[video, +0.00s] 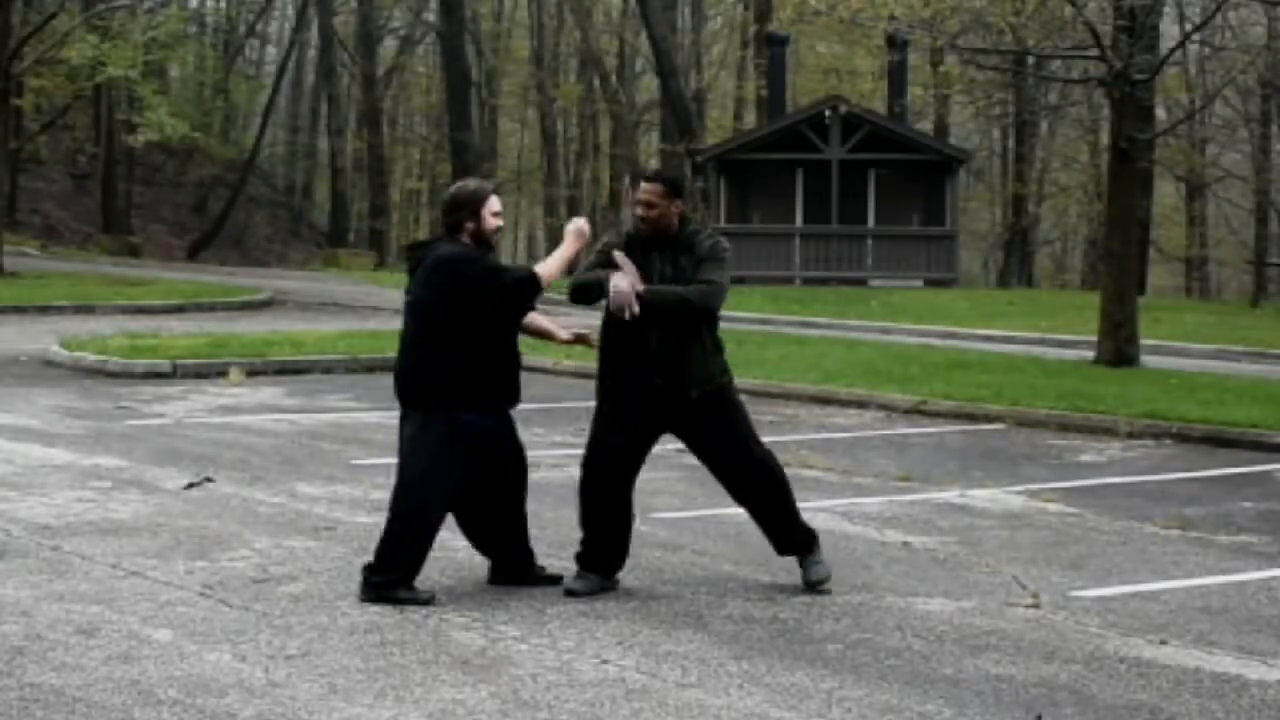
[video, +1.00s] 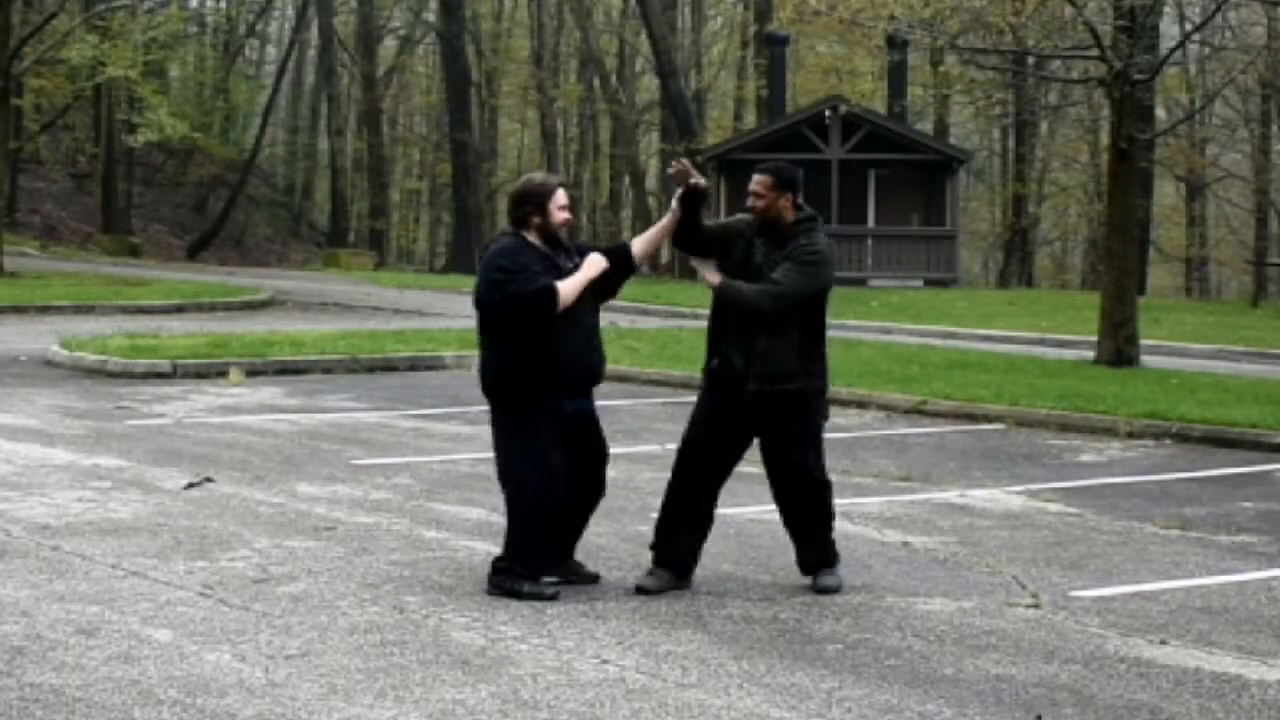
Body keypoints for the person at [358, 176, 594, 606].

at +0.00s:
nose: (500, 223)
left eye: (500, 215)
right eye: (493, 216)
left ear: (468, 223)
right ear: (468, 221)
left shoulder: (472, 263)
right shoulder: (452, 263)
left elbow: (507, 311)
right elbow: (523, 287)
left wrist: (554, 332)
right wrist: (569, 248)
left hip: (477, 402)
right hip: (441, 405)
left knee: (502, 481)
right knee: (423, 493)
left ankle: (512, 564)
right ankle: (386, 579)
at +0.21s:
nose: (534, 215)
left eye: (532, 208)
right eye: (527, 208)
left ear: (497, 215)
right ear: (504, 215)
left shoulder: (467, 253)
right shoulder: (503, 252)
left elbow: (501, 298)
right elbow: (570, 240)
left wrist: (549, 307)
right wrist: (614, 197)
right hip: (492, 395)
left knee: (515, 480)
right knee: (452, 482)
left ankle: (514, 565)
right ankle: (395, 565)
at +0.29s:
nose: (542, 213)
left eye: (541, 205)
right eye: (535, 206)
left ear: (502, 213)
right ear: (511, 212)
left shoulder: (480, 251)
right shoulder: (512, 248)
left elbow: (505, 313)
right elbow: (582, 236)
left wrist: (555, 303)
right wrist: (620, 203)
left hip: (499, 387)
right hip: (501, 391)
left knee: (517, 477)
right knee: (466, 478)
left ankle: (514, 566)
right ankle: (411, 566)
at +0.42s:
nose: (554, 213)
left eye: (553, 205)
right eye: (548, 206)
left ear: (514, 211)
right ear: (525, 210)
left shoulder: (480, 248)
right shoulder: (537, 248)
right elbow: (592, 263)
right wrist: (637, 257)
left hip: (481, 383)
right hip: (525, 387)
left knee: (519, 473)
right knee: (493, 477)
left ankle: (513, 564)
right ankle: (444, 569)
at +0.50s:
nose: (563, 215)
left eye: (561, 206)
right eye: (557, 207)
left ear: (521, 213)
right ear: (534, 213)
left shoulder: (488, 253)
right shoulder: (542, 254)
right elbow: (601, 289)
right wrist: (658, 301)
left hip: (485, 385)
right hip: (527, 390)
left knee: (500, 472)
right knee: (519, 478)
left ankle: (515, 562)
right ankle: (463, 566)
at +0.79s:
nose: (571, 215)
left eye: (571, 207)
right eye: (565, 207)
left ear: (537, 212)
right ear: (540, 210)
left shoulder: (544, 254)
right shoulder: (523, 252)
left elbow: (602, 281)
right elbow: (555, 315)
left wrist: (665, 258)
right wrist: (596, 318)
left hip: (533, 386)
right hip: (519, 387)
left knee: (524, 473)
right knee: (535, 476)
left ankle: (517, 564)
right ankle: (514, 571)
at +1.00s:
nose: (568, 216)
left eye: (569, 208)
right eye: (560, 209)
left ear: (546, 214)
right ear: (534, 213)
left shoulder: (567, 256)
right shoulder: (506, 257)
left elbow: (625, 258)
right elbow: (543, 303)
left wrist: (671, 218)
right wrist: (587, 274)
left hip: (569, 395)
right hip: (523, 398)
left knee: (588, 474)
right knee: (534, 484)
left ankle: (557, 556)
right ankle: (514, 571)